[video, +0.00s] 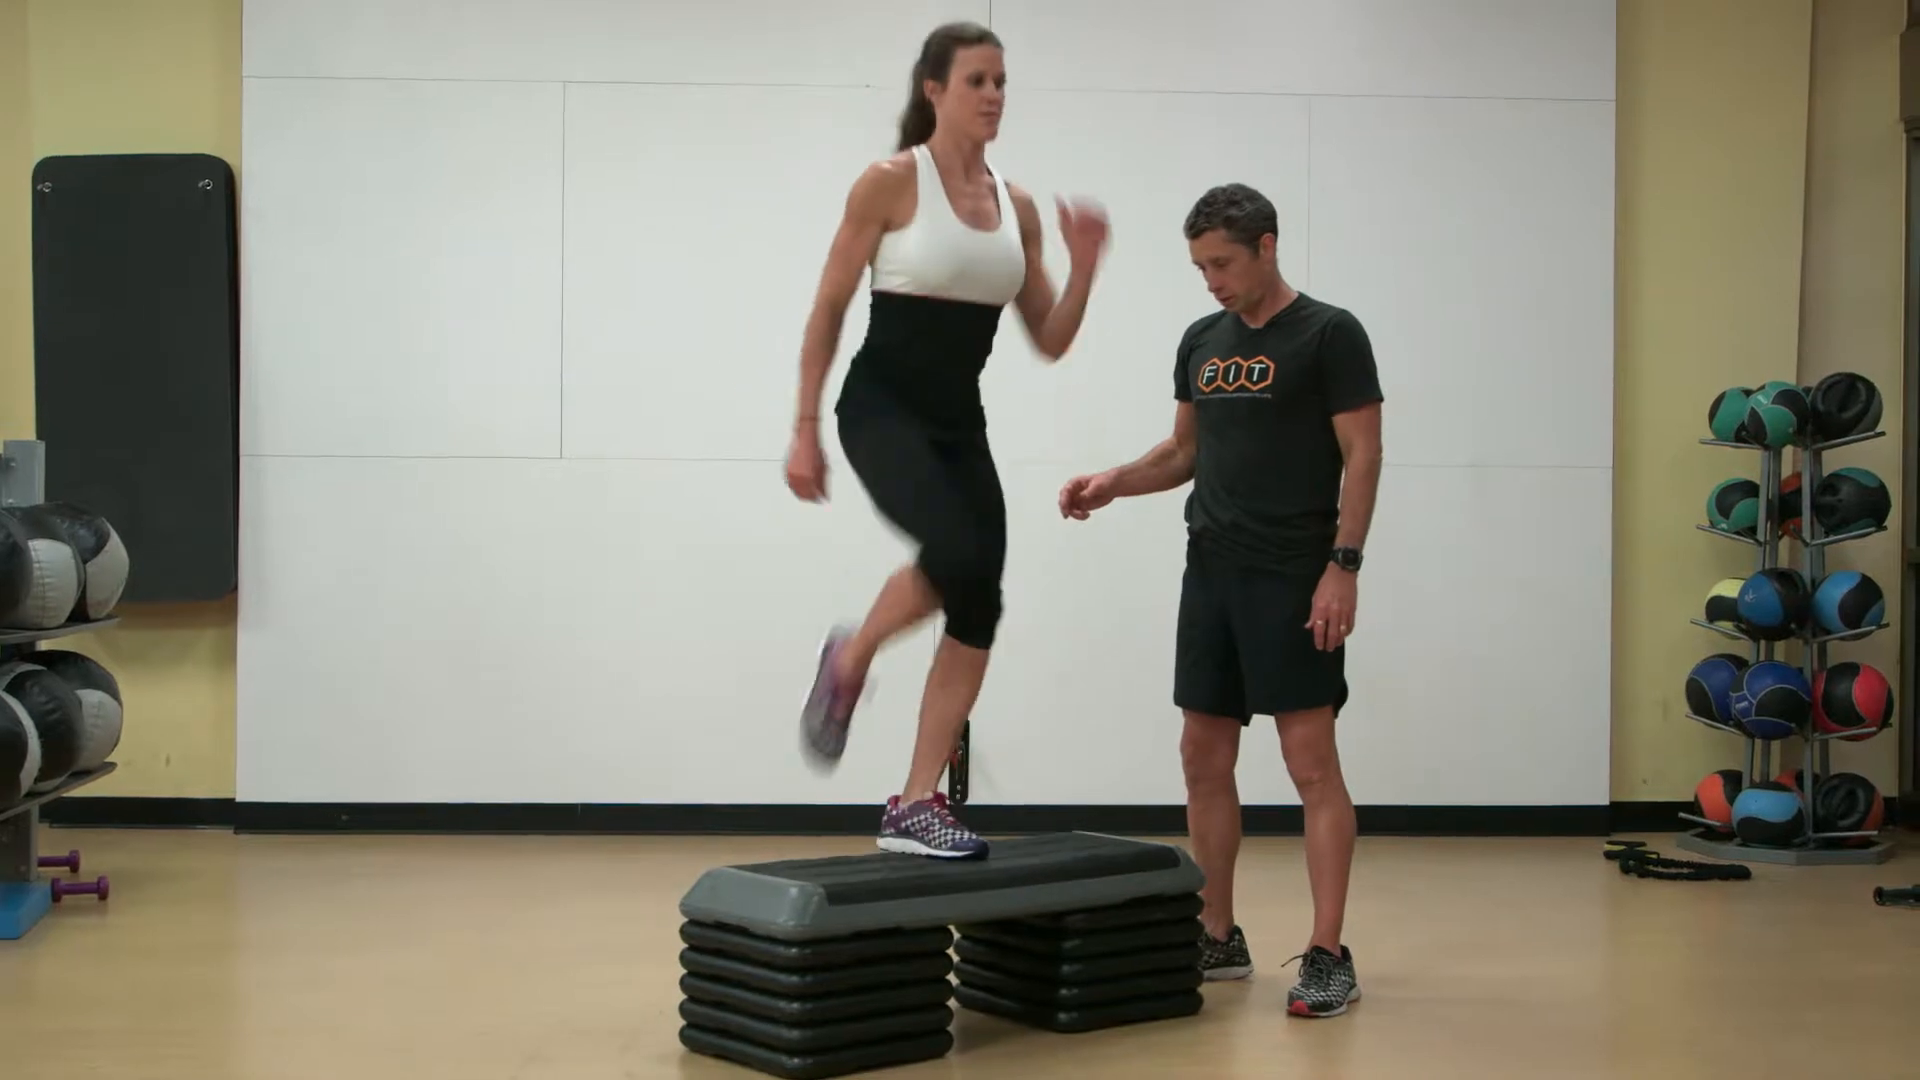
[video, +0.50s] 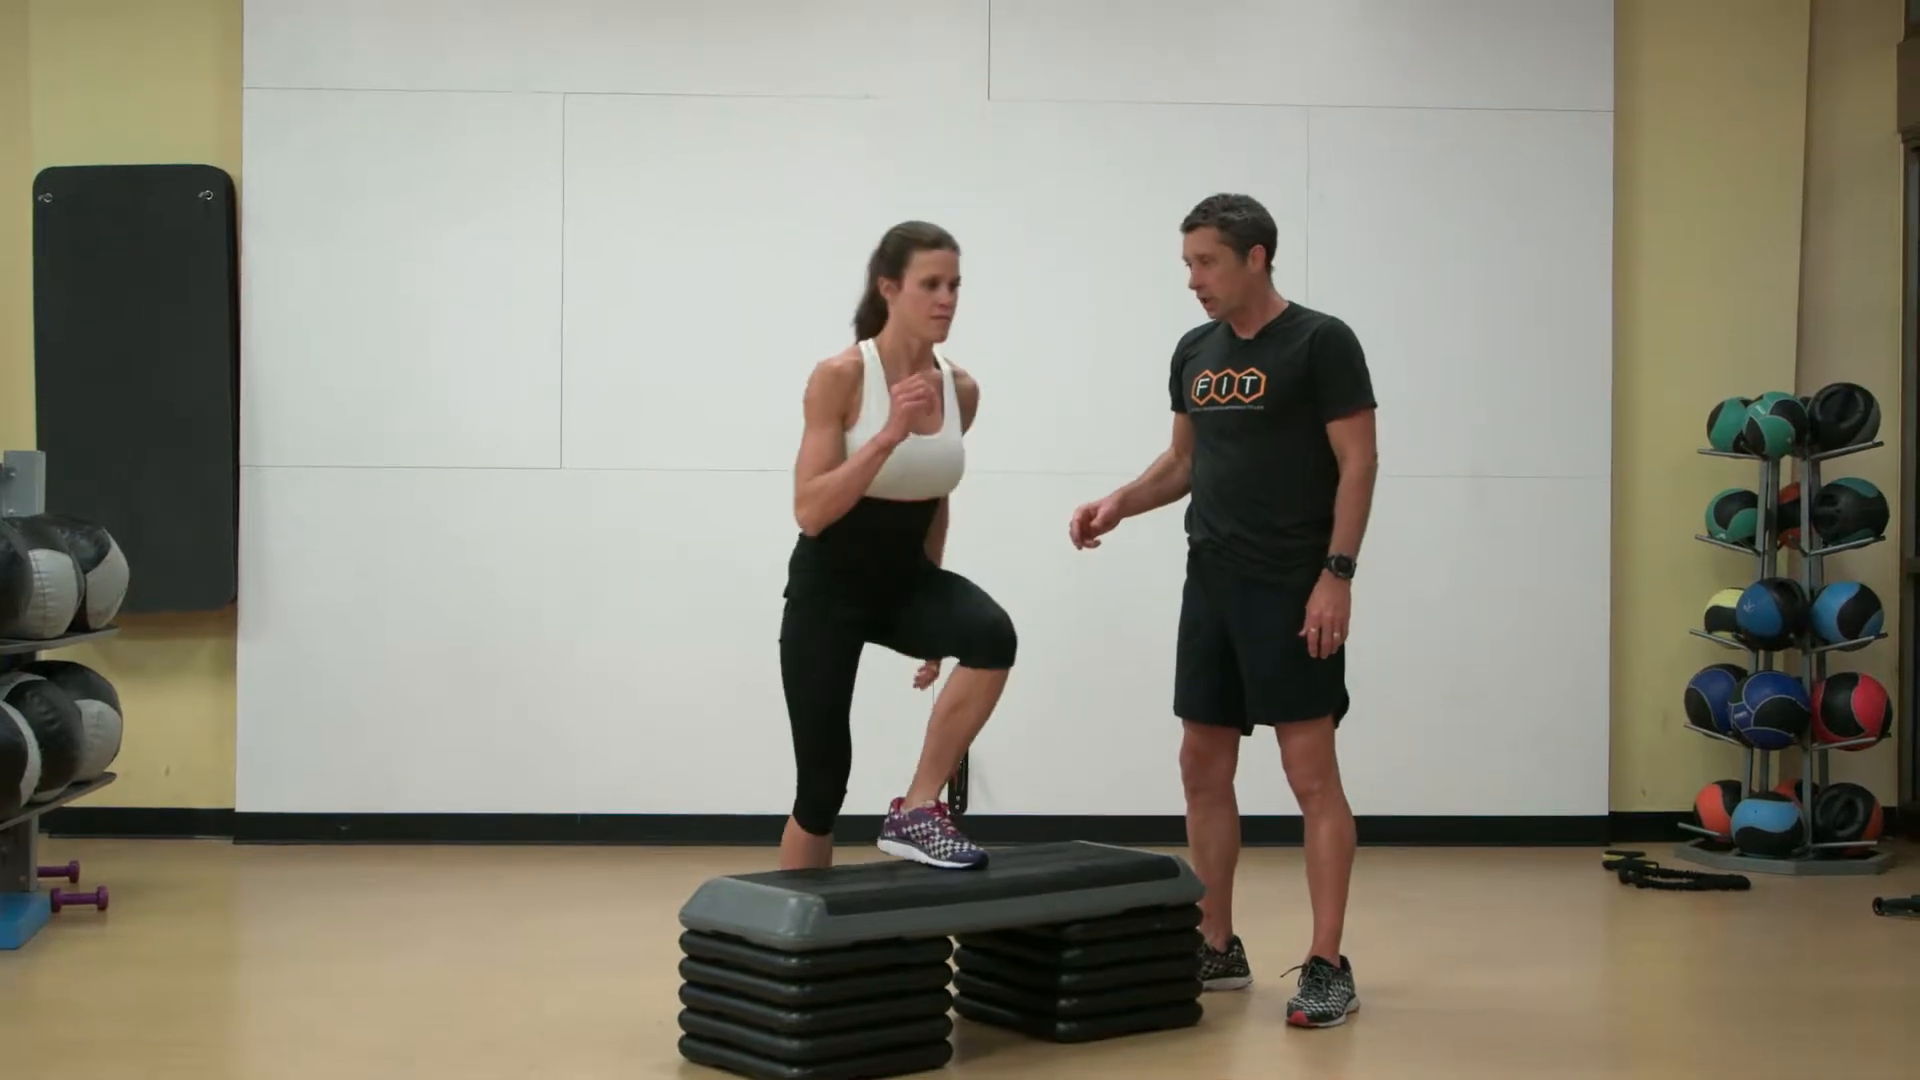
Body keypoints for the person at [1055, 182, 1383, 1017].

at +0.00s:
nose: (1212, 279)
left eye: (1223, 262)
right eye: (1202, 266)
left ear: (1267, 248)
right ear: (1198, 263)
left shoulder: (1331, 335)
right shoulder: (1201, 341)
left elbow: (1362, 455)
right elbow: (1183, 452)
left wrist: (1343, 567)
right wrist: (1113, 481)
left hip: (1295, 577)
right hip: (1212, 575)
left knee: (1311, 763)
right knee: (1203, 756)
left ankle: (1327, 951)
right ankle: (1216, 936)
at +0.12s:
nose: (1207, 283)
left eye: (1217, 266)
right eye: (1197, 270)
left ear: (1263, 249)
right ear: (1196, 266)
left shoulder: (1329, 337)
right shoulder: (1199, 345)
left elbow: (1362, 458)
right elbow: (1183, 455)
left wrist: (1344, 568)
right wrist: (1115, 488)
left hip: (1295, 580)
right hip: (1212, 578)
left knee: (1311, 765)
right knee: (1202, 756)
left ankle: (1326, 952)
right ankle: (1216, 937)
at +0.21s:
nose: (1204, 285)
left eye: (1215, 269)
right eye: (1194, 271)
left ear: (1260, 253)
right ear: (1192, 267)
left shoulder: (1328, 338)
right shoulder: (1198, 347)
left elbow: (1362, 460)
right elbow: (1183, 457)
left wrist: (1343, 568)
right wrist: (1118, 492)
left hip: (1295, 580)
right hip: (1211, 578)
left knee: (1312, 767)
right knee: (1202, 758)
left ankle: (1326, 954)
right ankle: (1216, 938)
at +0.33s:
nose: (1195, 284)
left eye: (1207, 268)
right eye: (1188, 270)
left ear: (1257, 256)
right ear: (1193, 267)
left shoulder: (1325, 340)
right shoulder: (1195, 350)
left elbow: (1360, 461)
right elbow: (1183, 460)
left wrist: (1341, 569)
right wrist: (1119, 497)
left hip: (1295, 585)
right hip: (1211, 582)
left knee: (1312, 770)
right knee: (1203, 761)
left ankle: (1326, 956)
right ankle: (1215, 940)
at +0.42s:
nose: (1194, 282)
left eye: (1207, 266)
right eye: (1188, 267)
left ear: (1257, 257)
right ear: (1192, 265)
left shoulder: (1323, 341)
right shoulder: (1193, 352)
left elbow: (1359, 462)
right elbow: (1182, 462)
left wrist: (1339, 571)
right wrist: (1119, 500)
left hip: (1295, 586)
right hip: (1211, 584)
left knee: (1312, 771)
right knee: (1202, 763)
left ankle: (1326, 958)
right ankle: (1215, 942)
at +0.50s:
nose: (1192, 279)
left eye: (1205, 264)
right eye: (1187, 265)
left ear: (1256, 258)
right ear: (1198, 265)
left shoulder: (1323, 343)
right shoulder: (1193, 354)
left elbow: (1358, 463)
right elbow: (1181, 464)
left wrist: (1337, 573)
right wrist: (1119, 502)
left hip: (1294, 588)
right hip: (1211, 586)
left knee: (1312, 775)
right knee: (1202, 766)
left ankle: (1326, 961)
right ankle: (1215, 945)